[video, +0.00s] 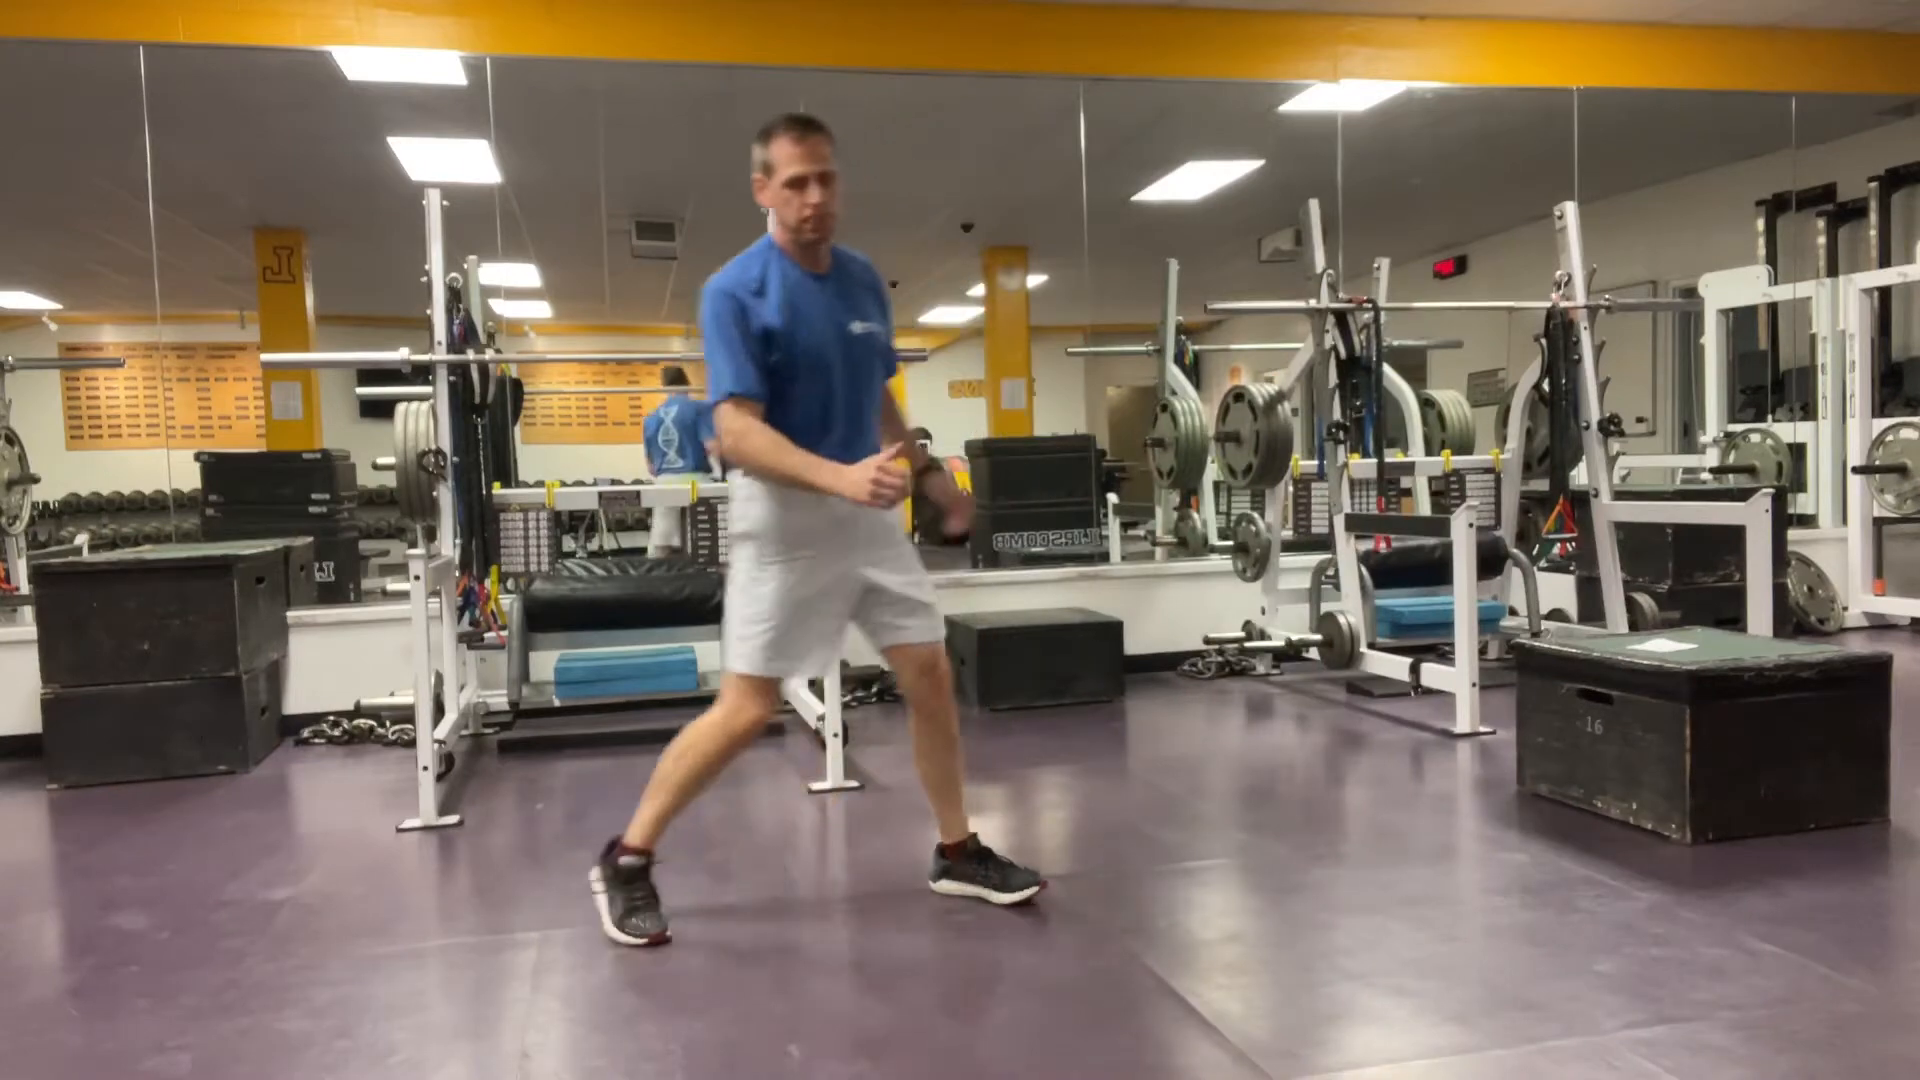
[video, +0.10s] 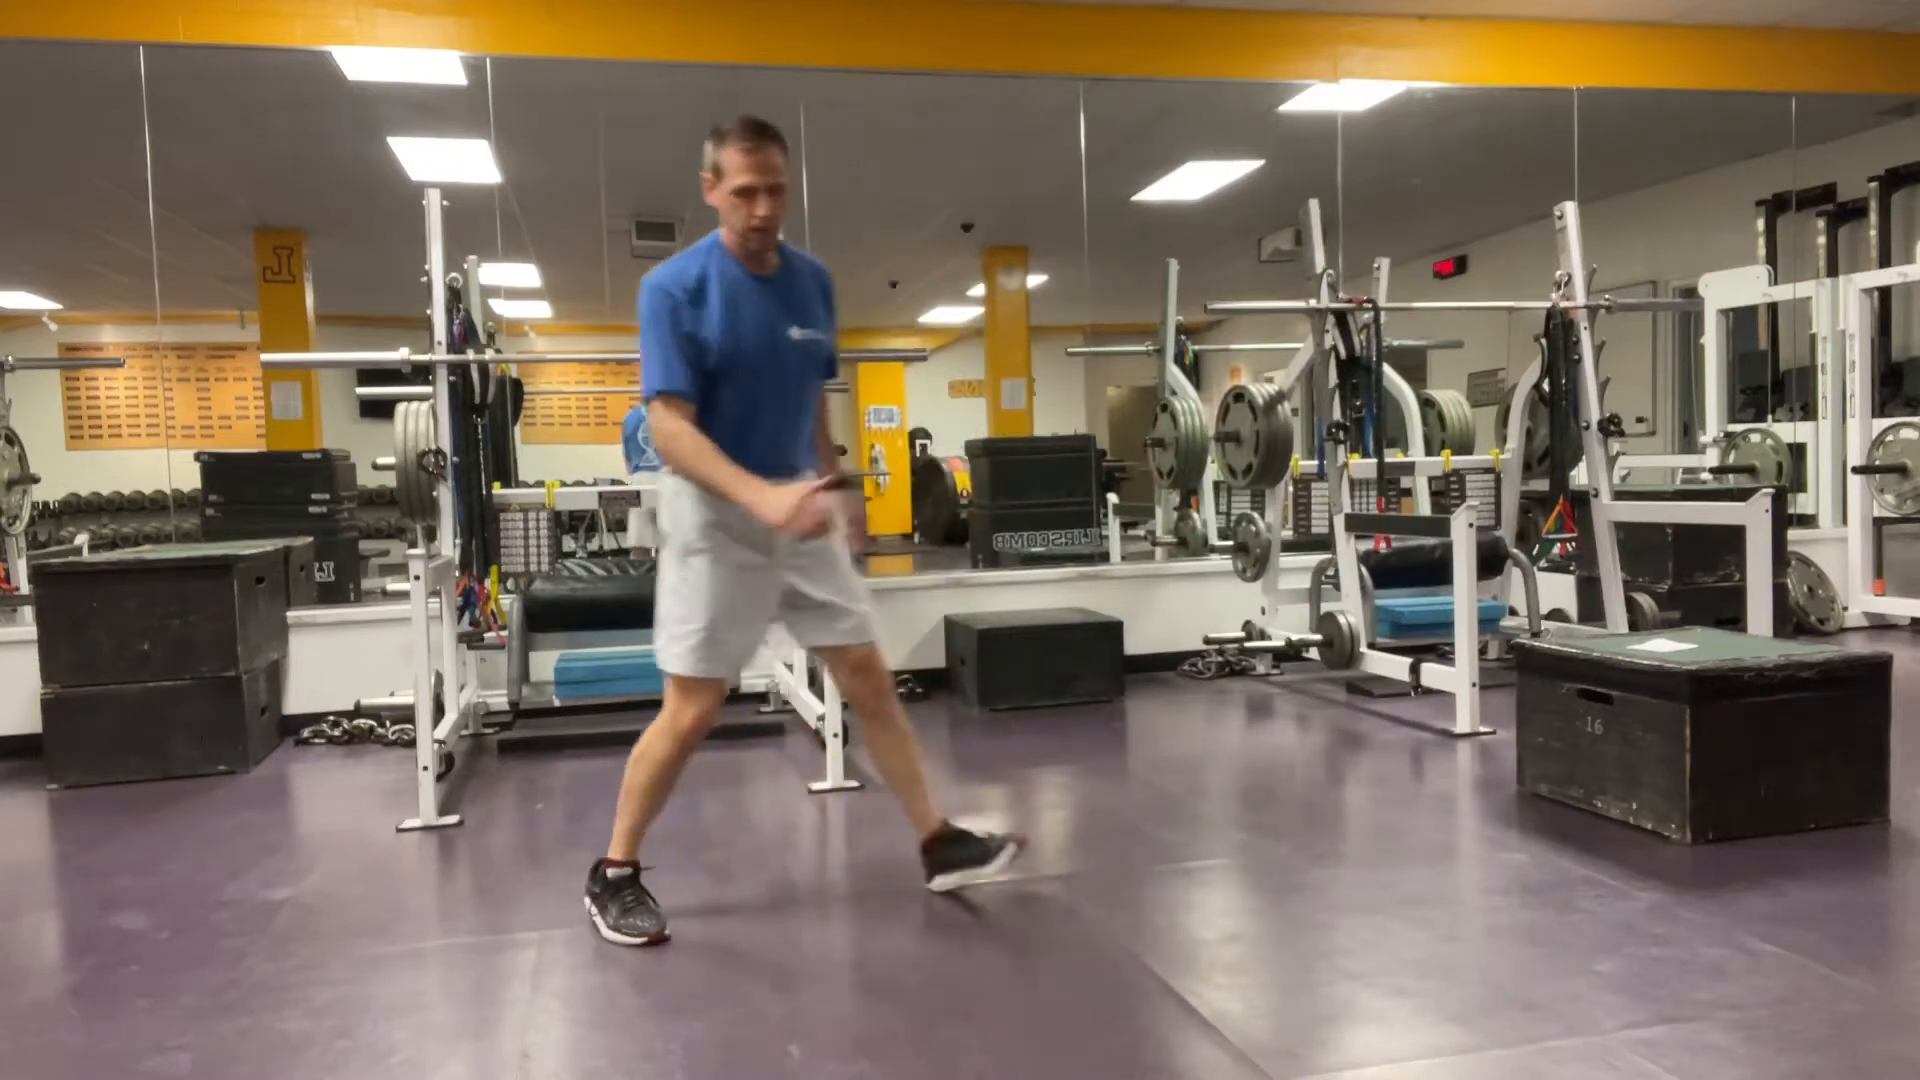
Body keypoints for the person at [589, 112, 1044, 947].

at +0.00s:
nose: (814, 199)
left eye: (824, 182)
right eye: (795, 186)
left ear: (840, 186)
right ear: (761, 194)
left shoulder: (863, 282)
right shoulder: (734, 292)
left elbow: (877, 395)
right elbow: (733, 430)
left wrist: (925, 472)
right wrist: (840, 476)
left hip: (867, 514)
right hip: (779, 524)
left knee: (927, 671)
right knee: (746, 710)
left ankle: (957, 849)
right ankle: (627, 858)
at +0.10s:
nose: (762, 209)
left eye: (774, 190)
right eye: (745, 193)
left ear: (791, 191)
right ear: (711, 191)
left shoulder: (810, 282)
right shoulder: (675, 288)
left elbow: (811, 398)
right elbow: (669, 428)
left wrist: (832, 480)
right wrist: (762, 495)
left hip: (801, 508)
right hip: (712, 515)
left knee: (865, 672)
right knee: (693, 706)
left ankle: (936, 838)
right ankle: (615, 872)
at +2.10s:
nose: (407, 219)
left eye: (418, 205)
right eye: (391, 204)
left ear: (430, 209)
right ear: (353, 206)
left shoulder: (465, 295)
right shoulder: (305, 296)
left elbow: (502, 398)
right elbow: (273, 421)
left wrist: (519, 412)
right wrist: (334, 406)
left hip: (458, 489)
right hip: (362, 505)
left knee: (523, 587)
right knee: (387, 687)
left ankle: (503, 725)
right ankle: (399, 838)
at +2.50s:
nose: (428, 266)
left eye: (439, 250)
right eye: (411, 250)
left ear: (452, 251)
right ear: (371, 247)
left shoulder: (481, 321)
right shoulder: (312, 326)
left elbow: (521, 381)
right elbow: (237, 403)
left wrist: (520, 460)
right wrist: (209, 487)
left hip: (445, 490)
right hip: (352, 508)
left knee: (507, 580)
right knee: (386, 690)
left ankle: (456, 652)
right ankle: (400, 838)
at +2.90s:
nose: (447, 263)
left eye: (455, 247)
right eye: (429, 248)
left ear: (469, 248)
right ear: (385, 250)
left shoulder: (498, 314)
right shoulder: (350, 334)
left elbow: (598, 357)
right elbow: (363, 418)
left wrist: (580, 295)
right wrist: (455, 324)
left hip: (483, 527)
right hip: (393, 549)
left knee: (569, 616)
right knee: (442, 730)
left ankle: (542, 761)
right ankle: (405, 837)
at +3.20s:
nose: (553, 80)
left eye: (566, 69)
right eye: (533, 68)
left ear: (581, 81)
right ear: (494, 82)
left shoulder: (609, 147)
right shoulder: (459, 147)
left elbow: (742, 135)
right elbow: (349, 143)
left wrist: (728, 66)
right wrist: (464, 77)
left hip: (586, 388)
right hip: (496, 420)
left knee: (744, 416)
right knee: (562, 638)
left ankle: (666, 552)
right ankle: (531, 815)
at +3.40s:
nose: (682, 197)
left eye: (689, 178)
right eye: (662, 179)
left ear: (702, 176)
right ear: (606, 180)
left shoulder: (712, 252)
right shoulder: (541, 284)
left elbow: (801, 296)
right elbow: (401, 390)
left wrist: (815, 304)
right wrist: (477, 479)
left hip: (690, 499)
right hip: (592, 532)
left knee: (857, 503)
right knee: (687, 734)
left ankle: (765, 649)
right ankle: (701, 984)